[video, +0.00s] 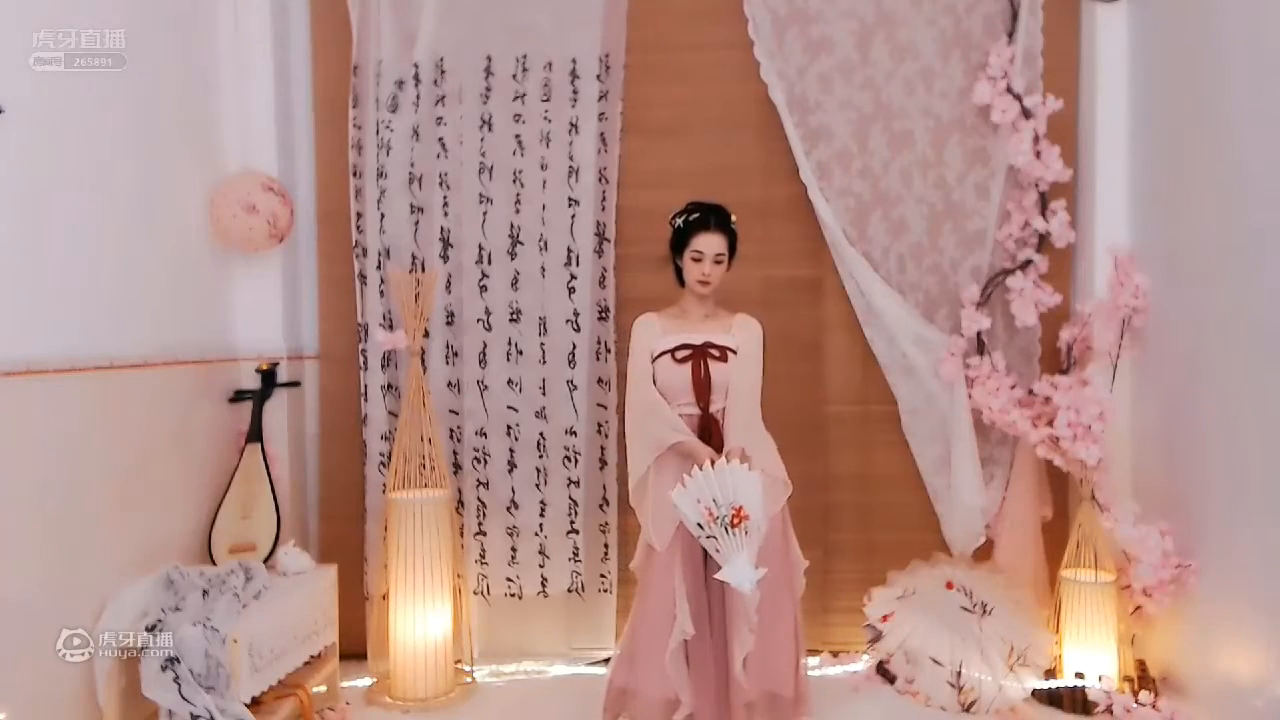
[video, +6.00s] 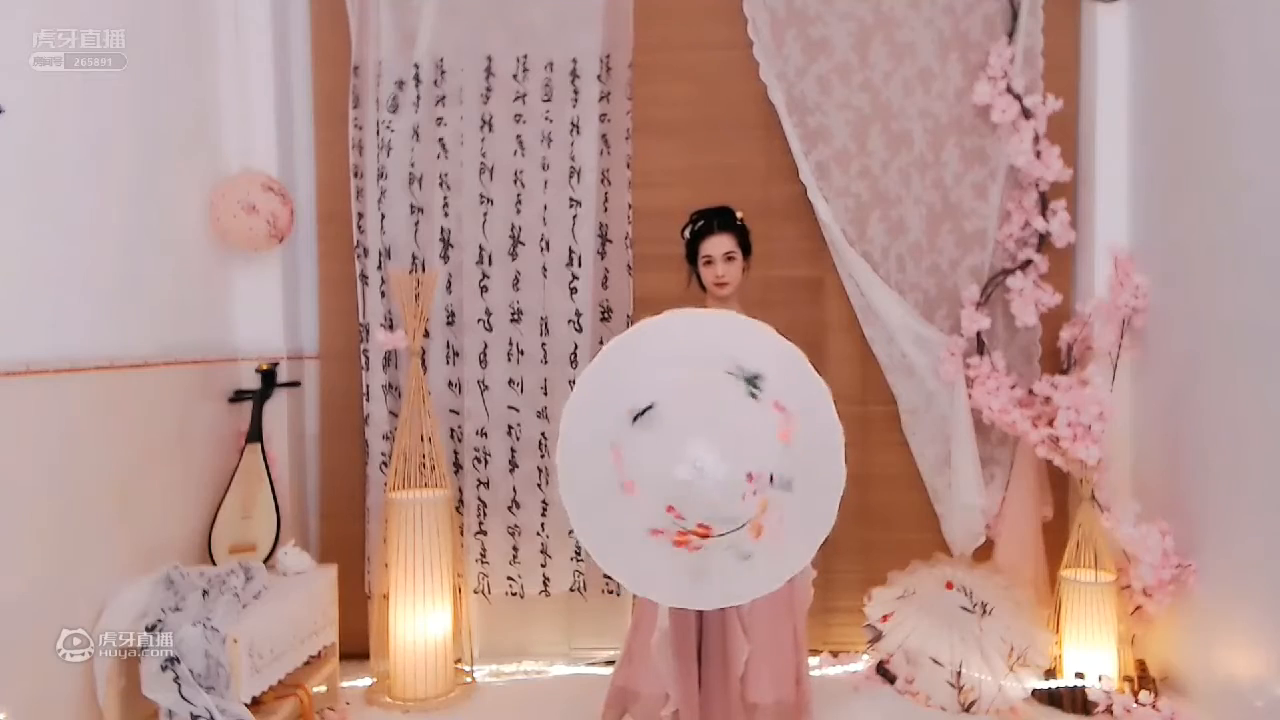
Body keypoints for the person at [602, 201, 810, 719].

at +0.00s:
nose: (707, 270)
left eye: (718, 260)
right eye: (697, 258)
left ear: (730, 265)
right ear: (678, 260)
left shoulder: (746, 328)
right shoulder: (649, 327)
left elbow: (747, 408)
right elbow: (644, 407)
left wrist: (738, 461)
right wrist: (698, 452)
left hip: (741, 466)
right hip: (675, 466)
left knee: (745, 587)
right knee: (679, 584)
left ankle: (746, 702)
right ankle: (681, 703)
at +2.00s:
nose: (709, 274)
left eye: (718, 262)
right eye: (698, 262)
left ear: (729, 267)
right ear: (677, 265)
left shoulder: (745, 332)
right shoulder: (648, 331)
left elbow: (755, 419)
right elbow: (638, 421)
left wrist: (750, 491)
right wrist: (652, 497)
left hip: (735, 484)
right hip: (671, 486)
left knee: (737, 605)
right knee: (674, 605)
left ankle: (739, 708)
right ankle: (677, 710)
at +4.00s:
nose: (714, 271)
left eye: (723, 259)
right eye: (703, 261)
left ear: (738, 263)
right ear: (688, 266)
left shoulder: (755, 335)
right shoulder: (661, 325)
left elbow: (769, 425)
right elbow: (642, 412)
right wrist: (651, 478)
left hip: (738, 494)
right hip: (674, 491)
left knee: (738, 610)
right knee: (673, 610)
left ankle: (736, 711)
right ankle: (675, 711)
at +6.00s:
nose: (718, 270)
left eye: (729, 258)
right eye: (708, 260)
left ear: (745, 263)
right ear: (695, 268)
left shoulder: (761, 339)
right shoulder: (673, 337)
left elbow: (786, 430)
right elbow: (651, 421)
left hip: (750, 485)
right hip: (683, 483)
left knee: (747, 605)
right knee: (683, 606)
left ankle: (747, 709)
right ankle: (679, 710)